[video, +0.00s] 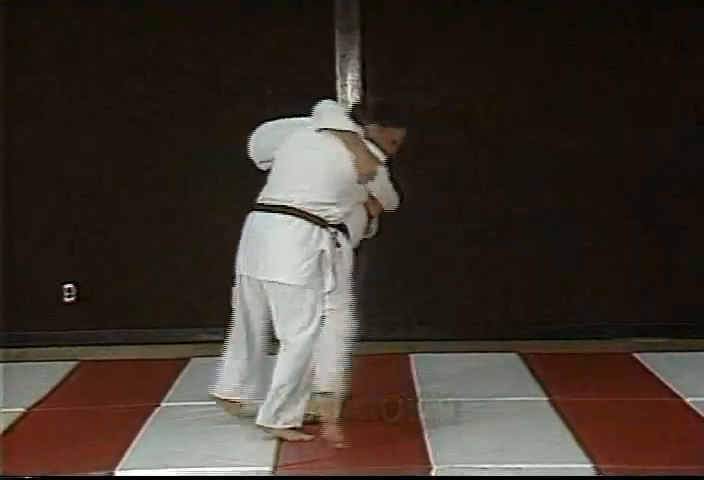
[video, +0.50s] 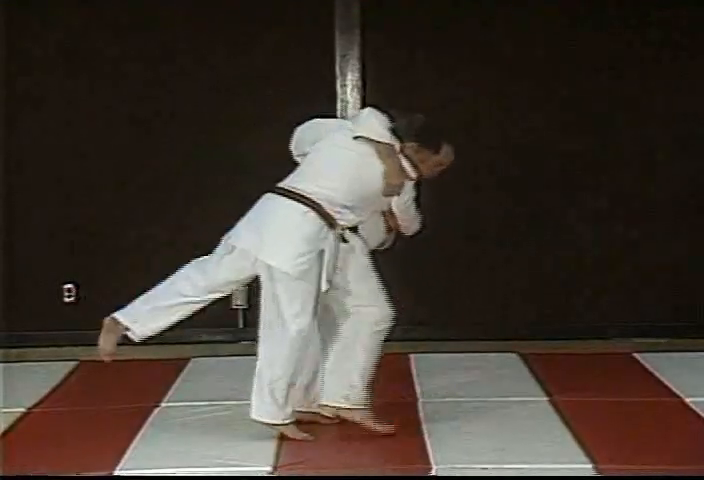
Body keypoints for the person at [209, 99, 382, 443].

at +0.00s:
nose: (384, 148)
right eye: (378, 141)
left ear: (328, 118)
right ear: (364, 130)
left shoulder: (297, 134)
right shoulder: (365, 158)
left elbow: (256, 149)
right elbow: (389, 201)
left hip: (254, 235)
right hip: (299, 244)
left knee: (252, 326)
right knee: (298, 336)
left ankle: (236, 390)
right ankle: (278, 417)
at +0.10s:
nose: (399, 166)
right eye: (400, 159)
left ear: (349, 126)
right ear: (377, 143)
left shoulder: (313, 133)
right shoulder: (374, 169)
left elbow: (268, 148)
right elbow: (392, 221)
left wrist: (297, 166)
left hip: (256, 224)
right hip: (296, 241)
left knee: (232, 311)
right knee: (287, 332)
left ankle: (198, 373)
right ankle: (274, 415)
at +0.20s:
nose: (405, 177)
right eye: (405, 169)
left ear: (370, 134)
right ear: (392, 151)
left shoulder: (328, 137)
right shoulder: (384, 182)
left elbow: (281, 148)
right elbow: (393, 231)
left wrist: (302, 175)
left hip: (255, 221)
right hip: (292, 242)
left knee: (211, 299)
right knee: (282, 329)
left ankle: (156, 361)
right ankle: (270, 415)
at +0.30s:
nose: (409, 177)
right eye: (410, 170)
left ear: (372, 137)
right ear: (398, 154)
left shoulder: (334, 137)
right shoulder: (388, 182)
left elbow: (287, 146)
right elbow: (395, 234)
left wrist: (308, 176)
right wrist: (378, 225)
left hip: (259, 214)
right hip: (295, 237)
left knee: (203, 282)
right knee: (286, 324)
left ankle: (126, 340)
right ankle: (268, 413)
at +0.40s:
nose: (413, 174)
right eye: (413, 167)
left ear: (382, 137)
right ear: (406, 152)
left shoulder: (339, 135)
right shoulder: (390, 181)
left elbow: (292, 143)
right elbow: (391, 238)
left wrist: (312, 171)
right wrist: (373, 212)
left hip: (266, 210)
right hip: (299, 233)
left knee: (202, 274)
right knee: (292, 323)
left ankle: (117, 322)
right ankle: (271, 412)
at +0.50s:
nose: (417, 167)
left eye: (420, 161)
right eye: (418, 160)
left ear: (387, 130)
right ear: (409, 147)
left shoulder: (344, 131)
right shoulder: (394, 174)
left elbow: (298, 139)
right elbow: (404, 226)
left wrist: (320, 166)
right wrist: (392, 218)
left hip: (270, 209)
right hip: (304, 232)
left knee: (209, 276)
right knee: (292, 322)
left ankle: (123, 321)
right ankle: (274, 412)